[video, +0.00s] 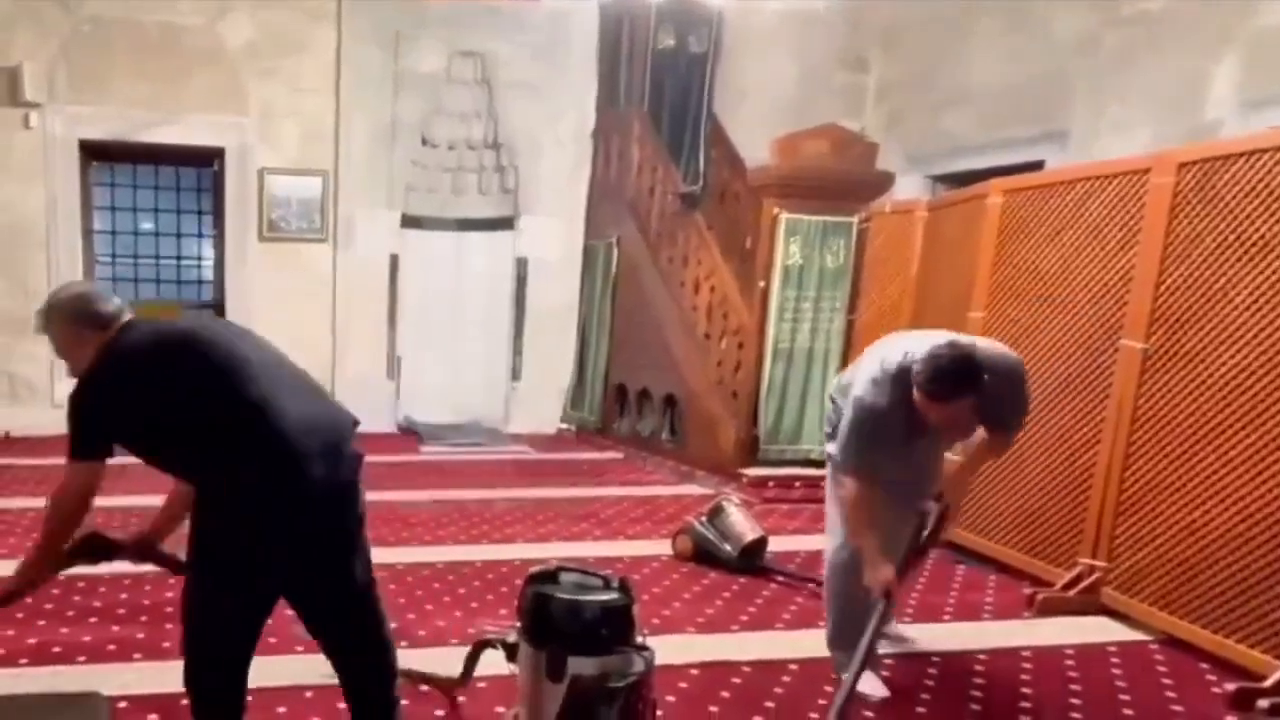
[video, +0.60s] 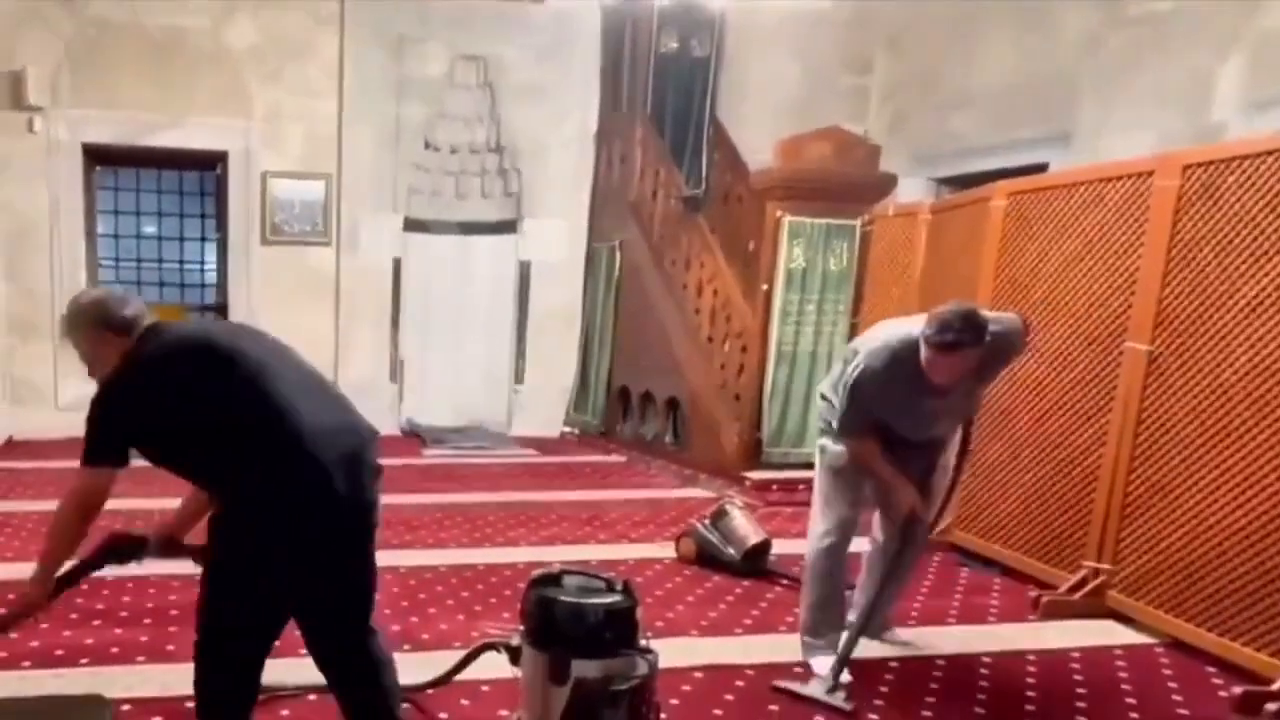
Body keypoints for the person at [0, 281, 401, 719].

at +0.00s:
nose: (63, 361)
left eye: (60, 347)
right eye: (57, 349)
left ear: (79, 333)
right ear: (115, 316)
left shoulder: (99, 385)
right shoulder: (188, 336)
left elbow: (76, 495)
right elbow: (202, 465)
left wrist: (27, 575)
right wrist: (150, 536)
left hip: (247, 493)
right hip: (331, 465)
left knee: (215, 657)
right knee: (356, 634)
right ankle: (379, 709)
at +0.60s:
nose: (87, 366)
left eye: (85, 352)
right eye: (81, 354)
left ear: (102, 340)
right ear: (140, 321)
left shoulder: (122, 390)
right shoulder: (205, 340)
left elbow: (86, 500)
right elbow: (233, 458)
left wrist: (41, 582)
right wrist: (172, 530)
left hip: (271, 498)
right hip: (352, 468)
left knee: (227, 658)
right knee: (345, 637)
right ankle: (386, 711)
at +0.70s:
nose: (116, 366)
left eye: (112, 348)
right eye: (110, 352)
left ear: (132, 328)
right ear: (166, 314)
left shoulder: (148, 381)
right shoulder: (232, 332)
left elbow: (116, 496)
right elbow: (276, 430)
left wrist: (78, 574)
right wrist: (213, 510)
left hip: (290, 499)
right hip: (371, 469)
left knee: (238, 664)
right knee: (356, 645)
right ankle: (390, 710)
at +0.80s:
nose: (135, 353)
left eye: (134, 338)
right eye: (128, 340)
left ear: (163, 320)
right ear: (188, 310)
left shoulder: (176, 375)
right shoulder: (256, 325)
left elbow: (154, 487)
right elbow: (315, 440)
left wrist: (119, 573)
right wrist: (239, 510)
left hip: (316, 497)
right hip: (394, 475)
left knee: (256, 666)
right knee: (370, 646)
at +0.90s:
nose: (171, 338)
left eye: (170, 325)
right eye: (166, 327)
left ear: (189, 311)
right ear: (220, 298)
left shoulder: (205, 367)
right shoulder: (287, 319)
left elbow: (188, 484)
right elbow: (345, 417)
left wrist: (163, 564)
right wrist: (281, 494)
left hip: (339, 498)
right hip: (417, 475)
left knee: (273, 663)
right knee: (380, 644)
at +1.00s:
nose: (195, 335)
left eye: (192, 322)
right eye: (188, 324)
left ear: (209, 307)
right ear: (243, 291)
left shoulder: (227, 364)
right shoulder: (315, 311)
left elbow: (223, 479)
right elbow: (361, 401)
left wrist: (211, 556)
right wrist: (304, 477)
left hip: (354, 501)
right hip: (433, 481)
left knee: (286, 666)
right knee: (393, 656)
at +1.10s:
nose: (209, 335)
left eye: (206, 321)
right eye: (203, 323)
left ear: (221, 306)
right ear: (259, 288)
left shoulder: (245, 357)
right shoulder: (340, 304)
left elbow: (252, 468)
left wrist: (258, 541)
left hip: (363, 505)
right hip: (443, 492)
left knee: (295, 667)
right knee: (400, 666)